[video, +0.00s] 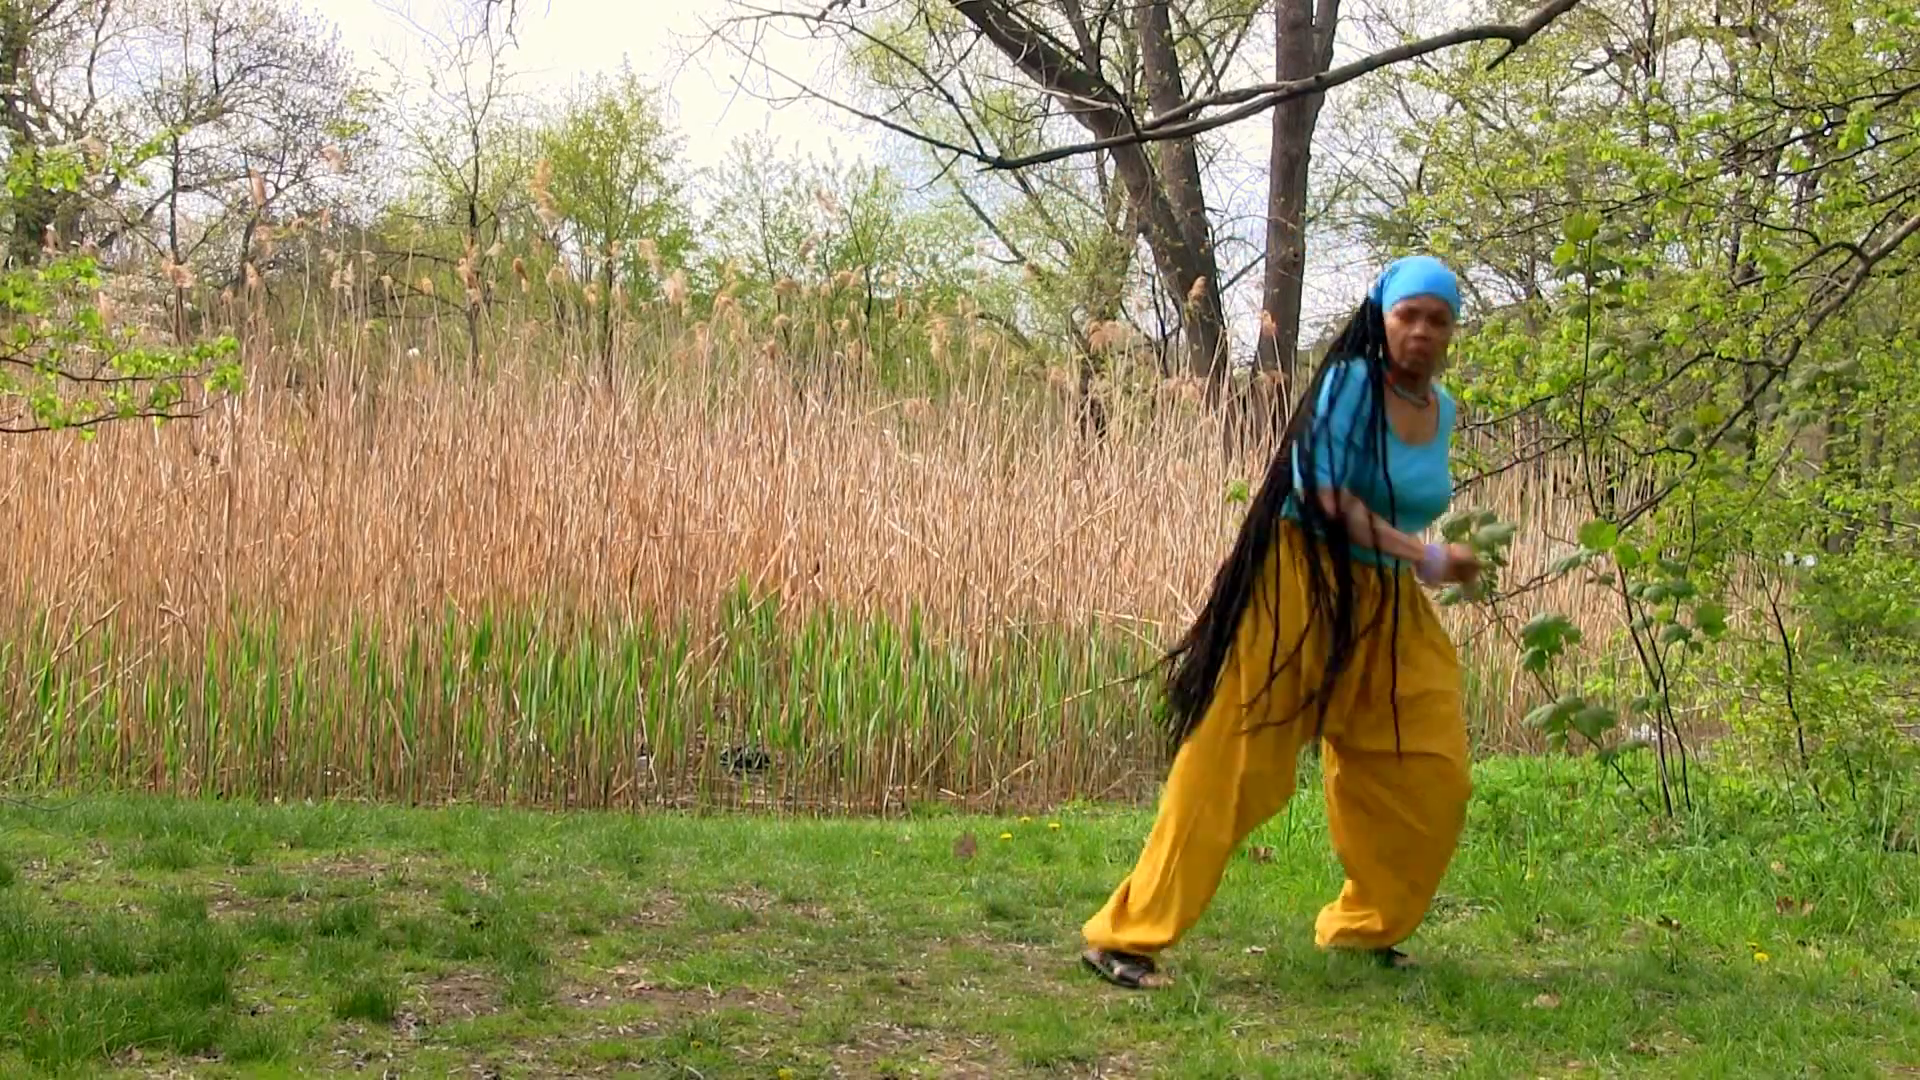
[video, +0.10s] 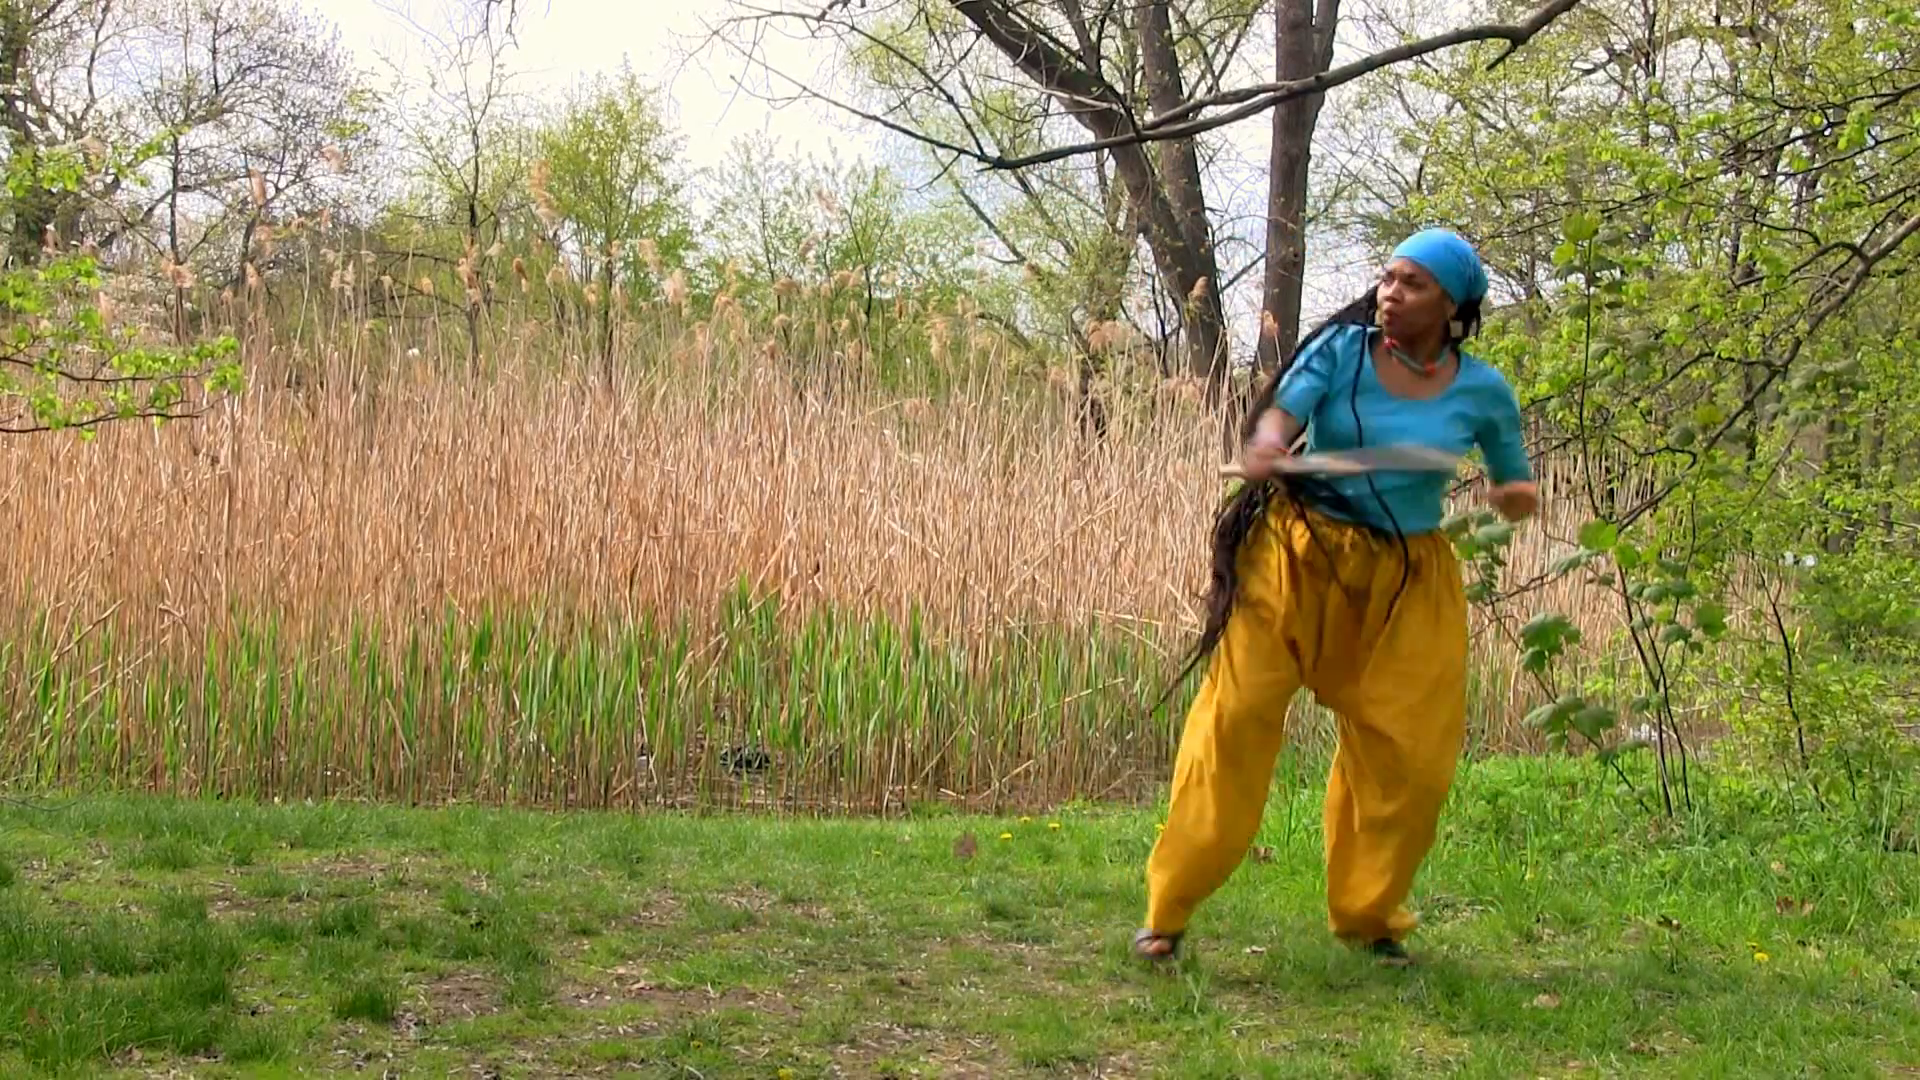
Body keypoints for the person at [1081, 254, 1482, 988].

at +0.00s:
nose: (1423, 332)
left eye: (1438, 321)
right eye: (1410, 316)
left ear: (1453, 332)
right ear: (1381, 320)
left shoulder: (1441, 409)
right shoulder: (1350, 384)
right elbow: (1322, 493)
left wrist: (1436, 559)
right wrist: (1419, 550)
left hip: (1391, 599)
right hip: (1303, 581)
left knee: (1435, 771)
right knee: (1232, 750)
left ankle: (1362, 928)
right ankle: (1126, 933)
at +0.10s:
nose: (1390, 290)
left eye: (1412, 283)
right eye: (1390, 274)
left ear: (1452, 310)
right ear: (1380, 280)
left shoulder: (1484, 392)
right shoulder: (1339, 349)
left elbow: (1523, 496)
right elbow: (1275, 424)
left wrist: (1501, 494)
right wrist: (1268, 451)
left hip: (1407, 576)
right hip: (1299, 551)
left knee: (1413, 754)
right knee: (1231, 719)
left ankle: (1369, 914)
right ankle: (1168, 908)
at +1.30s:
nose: (1262, 298)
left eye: (1274, 289)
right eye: (1266, 288)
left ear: (1310, 301)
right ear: (1320, 306)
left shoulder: (1297, 347)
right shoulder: (1323, 367)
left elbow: (1182, 404)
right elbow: (1285, 501)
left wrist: (1239, 410)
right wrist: (1187, 517)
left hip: (1312, 561)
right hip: (1290, 560)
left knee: (1281, 750)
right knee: (1225, 705)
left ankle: (1409, 920)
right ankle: (1231, 890)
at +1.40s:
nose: (1249, 301)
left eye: (1259, 291)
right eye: (1253, 290)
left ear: (1292, 303)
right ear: (1314, 307)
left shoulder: (1266, 348)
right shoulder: (1348, 356)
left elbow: (1159, 420)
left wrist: (1119, 431)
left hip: (1318, 553)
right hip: (1390, 555)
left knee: (1226, 727)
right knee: (1322, 731)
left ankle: (1360, 873)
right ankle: (1410, 856)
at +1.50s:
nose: (1219, 366)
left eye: (1231, 355)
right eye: (1224, 353)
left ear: (1265, 362)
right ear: (1297, 363)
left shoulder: (1234, 409)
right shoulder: (1346, 402)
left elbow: (1103, 462)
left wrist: (994, 499)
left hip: (1325, 581)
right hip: (1411, 583)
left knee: (1193, 707)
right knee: (1380, 758)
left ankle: (1205, 910)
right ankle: (1493, 911)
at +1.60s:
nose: (1205, 447)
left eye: (1213, 434)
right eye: (1207, 433)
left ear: (1247, 433)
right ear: (1286, 433)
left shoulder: (1225, 478)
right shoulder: (1341, 474)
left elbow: (1105, 532)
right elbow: (1409, 554)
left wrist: (1017, 607)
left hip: (1313, 615)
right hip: (1407, 610)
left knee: (1179, 746)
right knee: (1389, 777)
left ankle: (1115, 929)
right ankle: (1487, 927)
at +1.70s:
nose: (1197, 476)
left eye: (1205, 466)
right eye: (1200, 465)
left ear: (1235, 467)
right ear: (1277, 465)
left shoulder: (1218, 505)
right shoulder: (1318, 505)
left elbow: (1171, 575)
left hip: (1293, 646)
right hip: (1388, 642)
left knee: (1156, 758)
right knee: (1360, 801)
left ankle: (1117, 932)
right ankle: (1477, 931)